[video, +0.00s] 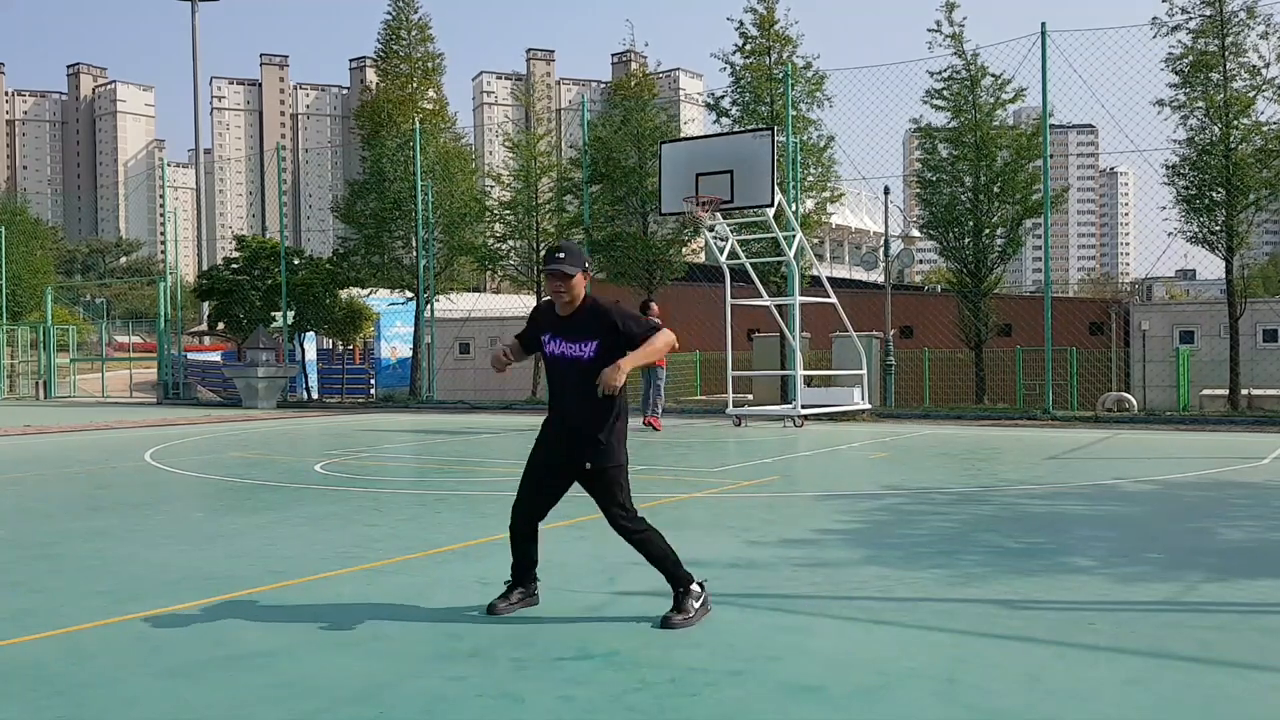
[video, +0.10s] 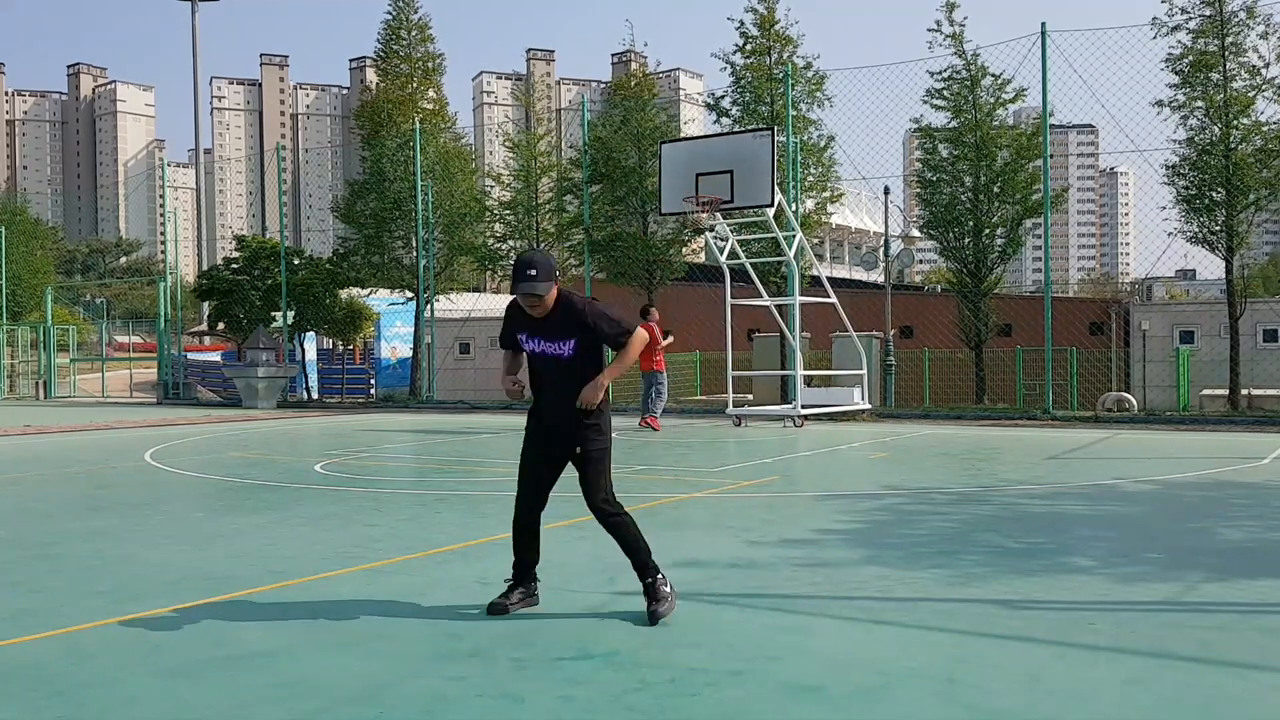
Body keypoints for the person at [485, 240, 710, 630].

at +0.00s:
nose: (557, 284)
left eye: (566, 277)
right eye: (551, 277)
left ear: (586, 277)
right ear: (545, 280)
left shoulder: (608, 317)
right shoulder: (543, 316)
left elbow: (666, 339)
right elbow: (524, 345)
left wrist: (624, 364)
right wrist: (506, 353)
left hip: (601, 442)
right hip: (557, 438)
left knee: (623, 519)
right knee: (523, 514)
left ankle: (688, 590)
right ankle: (523, 587)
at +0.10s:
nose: (530, 302)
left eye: (538, 295)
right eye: (523, 295)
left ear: (556, 285)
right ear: (515, 289)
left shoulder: (582, 311)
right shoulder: (516, 311)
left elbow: (639, 338)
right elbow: (514, 348)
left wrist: (602, 380)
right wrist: (509, 375)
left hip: (587, 421)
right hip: (544, 421)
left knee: (600, 501)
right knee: (526, 505)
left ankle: (654, 582)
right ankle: (523, 585)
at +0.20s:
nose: (523, 305)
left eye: (530, 298)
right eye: (516, 299)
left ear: (543, 287)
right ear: (504, 290)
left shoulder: (568, 308)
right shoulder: (499, 311)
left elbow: (621, 332)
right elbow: (503, 347)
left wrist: (587, 376)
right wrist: (506, 377)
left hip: (577, 415)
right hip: (532, 416)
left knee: (581, 493)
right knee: (524, 502)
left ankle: (605, 575)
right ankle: (523, 583)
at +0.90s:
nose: (592, 281)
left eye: (598, 274)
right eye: (585, 273)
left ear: (605, 274)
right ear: (566, 268)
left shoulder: (600, 310)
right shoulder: (533, 310)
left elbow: (618, 358)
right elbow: (505, 371)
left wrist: (608, 390)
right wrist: (560, 399)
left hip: (582, 422)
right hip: (535, 426)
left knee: (615, 493)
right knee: (528, 506)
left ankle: (645, 580)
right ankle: (495, 579)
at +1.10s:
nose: (652, 299)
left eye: (658, 292)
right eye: (645, 290)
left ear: (663, 294)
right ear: (623, 286)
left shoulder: (646, 328)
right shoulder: (587, 323)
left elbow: (661, 369)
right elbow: (549, 375)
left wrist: (651, 397)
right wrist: (599, 403)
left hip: (619, 441)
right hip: (572, 444)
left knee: (657, 505)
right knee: (560, 518)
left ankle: (676, 596)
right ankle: (505, 574)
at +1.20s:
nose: (683, 296)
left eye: (689, 290)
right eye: (676, 287)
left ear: (692, 293)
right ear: (653, 285)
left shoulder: (671, 330)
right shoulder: (611, 324)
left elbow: (661, 380)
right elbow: (583, 388)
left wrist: (660, 425)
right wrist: (629, 431)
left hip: (640, 432)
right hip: (593, 431)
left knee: (664, 504)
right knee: (595, 515)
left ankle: (677, 596)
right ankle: (544, 564)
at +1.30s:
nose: (693, 285)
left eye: (699, 279)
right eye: (685, 277)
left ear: (702, 283)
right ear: (662, 277)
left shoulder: (688, 323)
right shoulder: (625, 319)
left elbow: (679, 374)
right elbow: (600, 383)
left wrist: (679, 417)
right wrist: (653, 419)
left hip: (658, 426)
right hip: (613, 425)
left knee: (680, 506)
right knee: (631, 510)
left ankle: (679, 596)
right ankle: (590, 581)